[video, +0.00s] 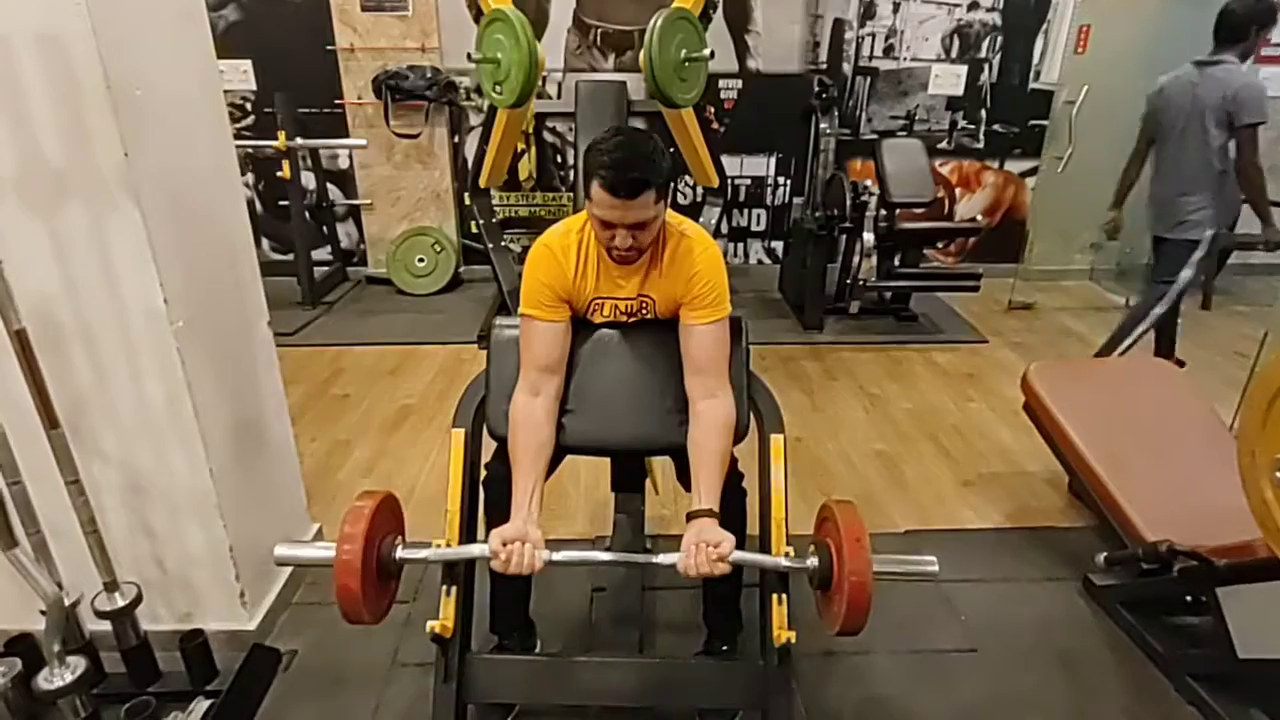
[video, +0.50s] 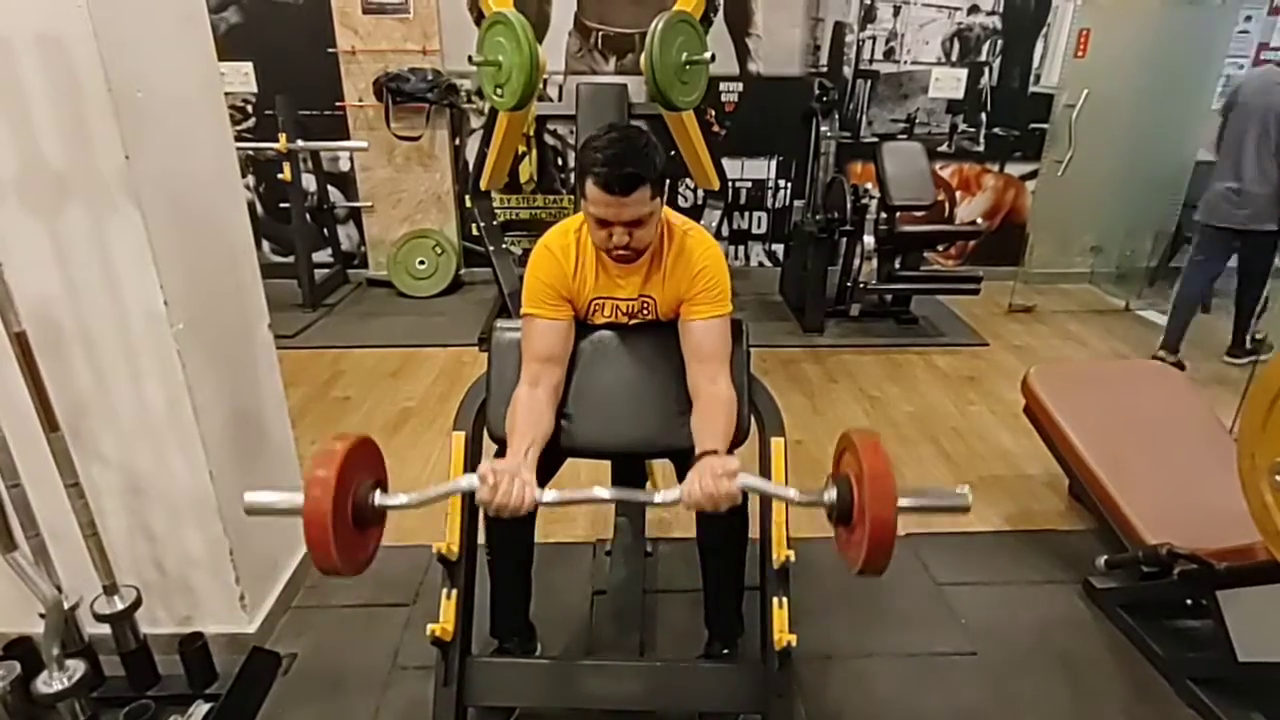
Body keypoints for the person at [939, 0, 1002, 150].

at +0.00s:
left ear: (968, 9)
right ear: (982, 9)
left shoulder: (963, 21)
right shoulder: (992, 21)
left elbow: (945, 36)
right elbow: (1001, 37)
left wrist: (948, 56)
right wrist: (991, 56)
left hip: (963, 63)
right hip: (982, 64)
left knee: (956, 104)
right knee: (982, 104)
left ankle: (950, 140)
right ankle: (980, 138)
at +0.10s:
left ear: (969, 10)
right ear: (982, 10)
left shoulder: (964, 21)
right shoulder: (992, 22)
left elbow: (946, 36)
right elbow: (1004, 36)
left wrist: (949, 57)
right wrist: (993, 56)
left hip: (964, 63)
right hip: (984, 64)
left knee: (957, 105)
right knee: (982, 105)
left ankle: (950, 140)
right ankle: (981, 139)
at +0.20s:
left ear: (968, 11)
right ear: (982, 10)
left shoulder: (963, 21)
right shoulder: (992, 22)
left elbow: (945, 37)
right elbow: (1003, 37)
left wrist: (948, 58)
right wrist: (993, 57)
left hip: (963, 63)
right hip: (983, 64)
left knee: (957, 105)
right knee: (982, 105)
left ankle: (950, 141)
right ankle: (980, 139)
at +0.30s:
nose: (975, 20)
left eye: (971, 16)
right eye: (976, 16)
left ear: (968, 12)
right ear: (981, 11)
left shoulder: (962, 22)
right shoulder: (991, 23)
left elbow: (945, 38)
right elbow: (1004, 37)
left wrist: (948, 58)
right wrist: (993, 57)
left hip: (963, 64)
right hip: (982, 65)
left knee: (956, 106)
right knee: (981, 105)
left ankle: (950, 141)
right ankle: (980, 140)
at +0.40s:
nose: (975, 20)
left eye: (972, 16)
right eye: (976, 16)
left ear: (968, 13)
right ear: (981, 12)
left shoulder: (962, 23)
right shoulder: (991, 24)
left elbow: (945, 38)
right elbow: (1004, 37)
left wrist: (948, 59)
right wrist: (993, 58)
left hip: (963, 64)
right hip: (981, 65)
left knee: (957, 106)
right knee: (981, 105)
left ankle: (950, 141)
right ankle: (980, 140)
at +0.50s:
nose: (975, 22)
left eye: (972, 18)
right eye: (976, 17)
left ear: (968, 14)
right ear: (981, 14)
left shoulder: (963, 24)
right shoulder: (991, 26)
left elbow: (945, 39)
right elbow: (1004, 39)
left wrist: (948, 60)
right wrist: (993, 59)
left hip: (963, 66)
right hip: (982, 67)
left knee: (957, 108)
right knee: (981, 108)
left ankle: (950, 143)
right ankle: (980, 142)